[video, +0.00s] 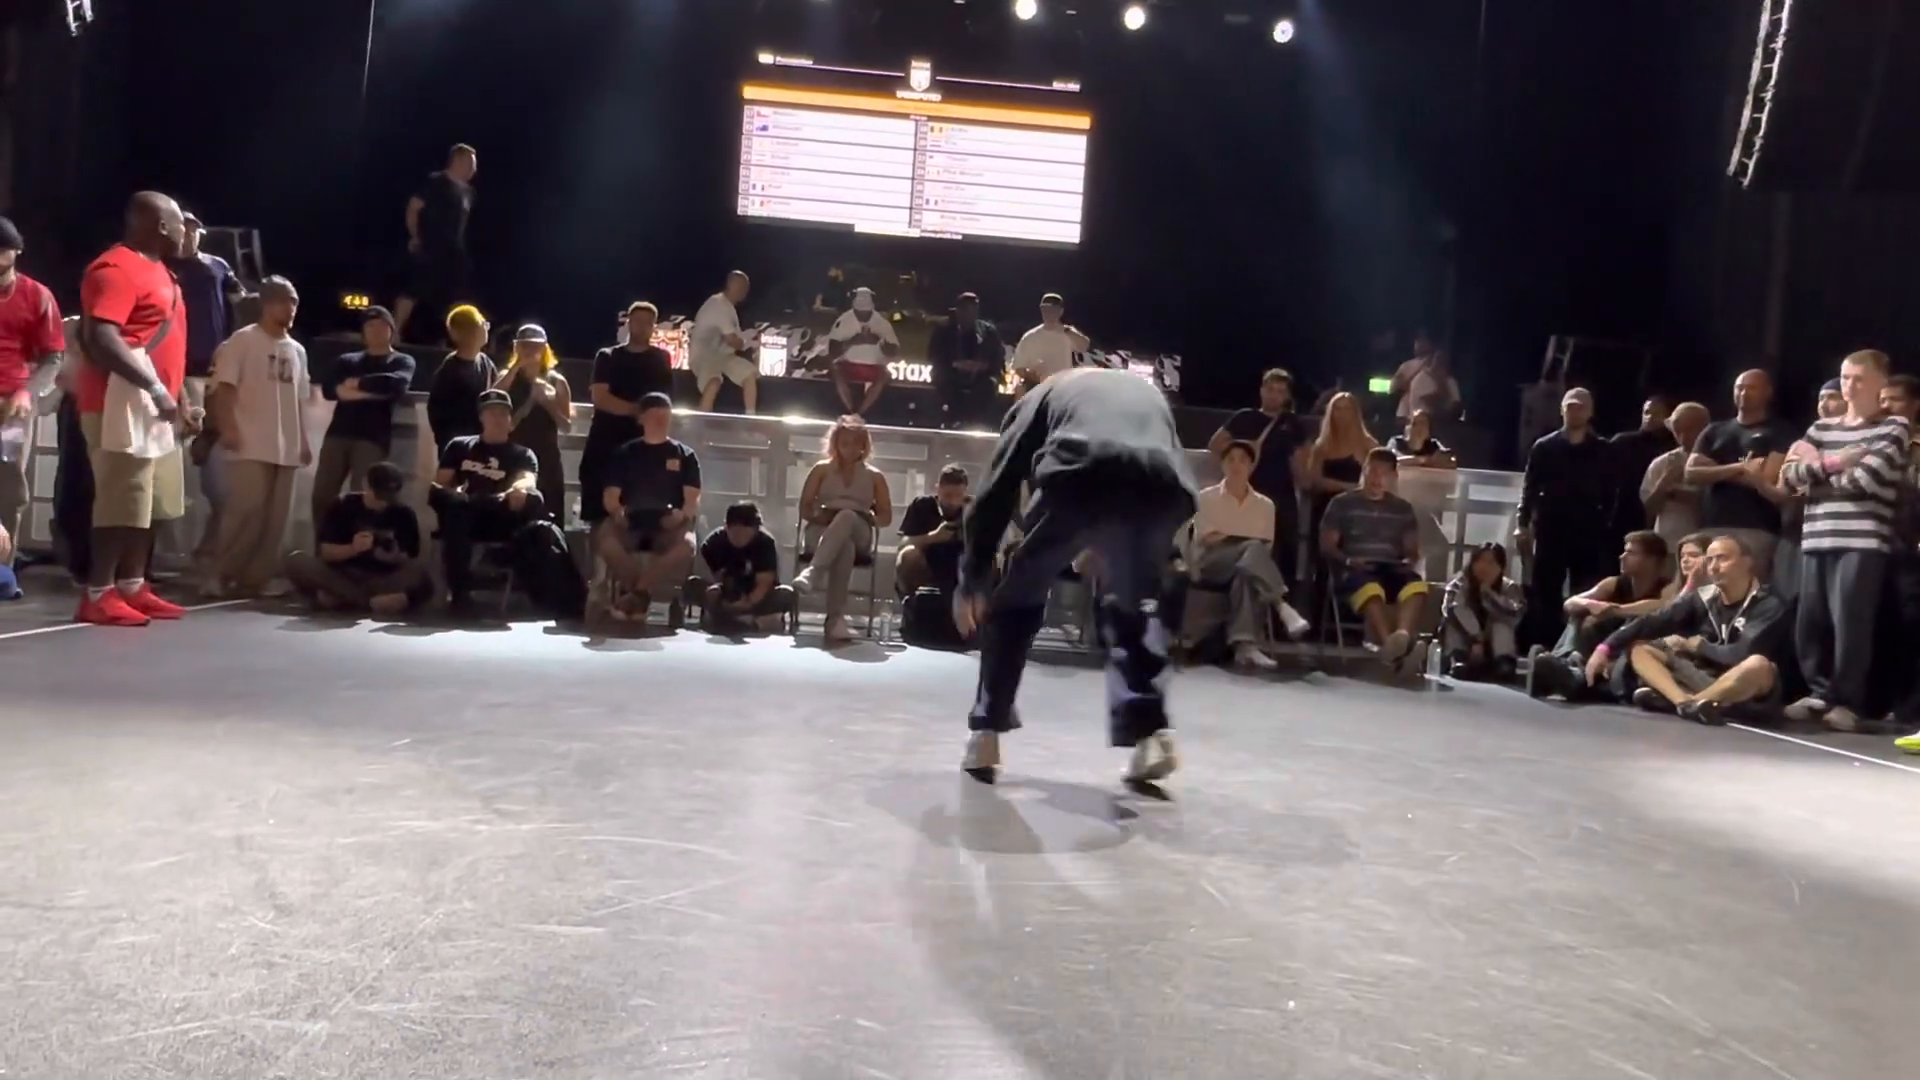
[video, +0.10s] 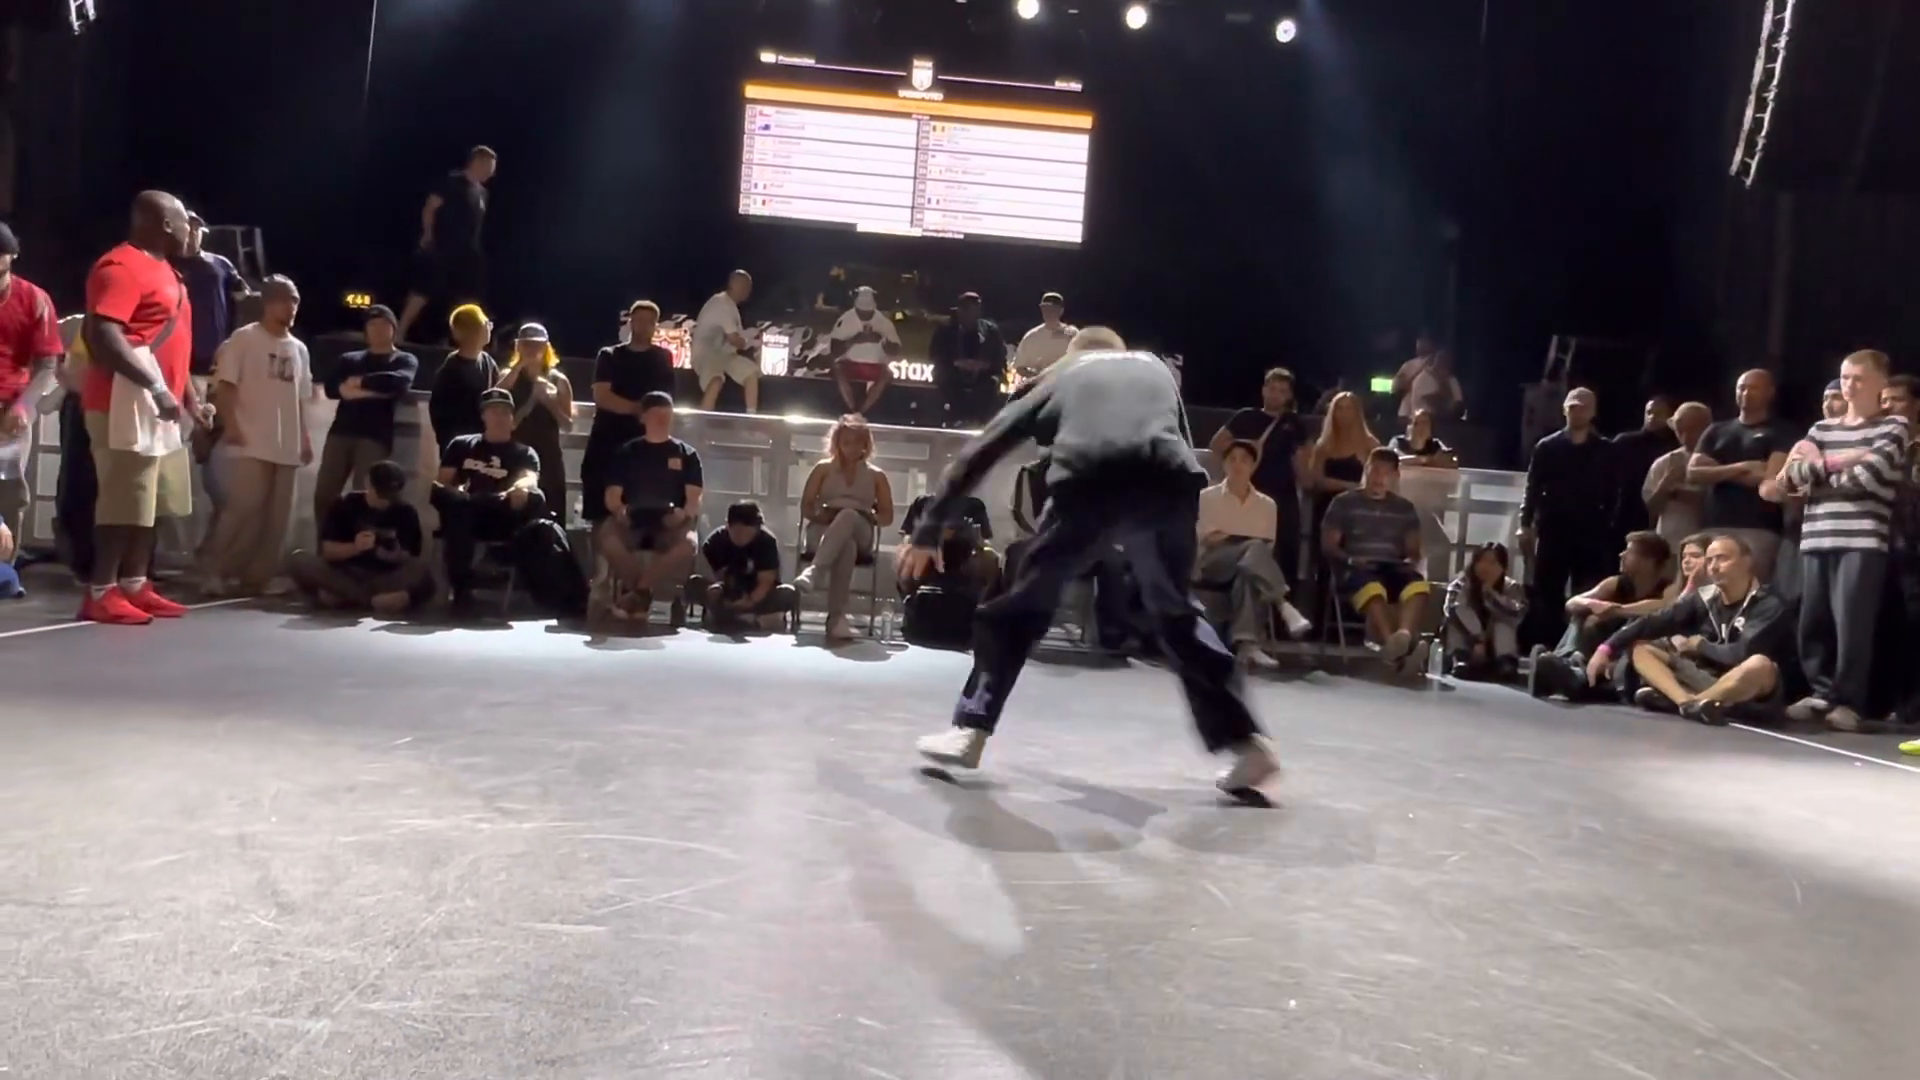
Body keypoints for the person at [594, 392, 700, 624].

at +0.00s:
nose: (660, 421)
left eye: (664, 416)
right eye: (654, 416)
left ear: (670, 418)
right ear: (641, 419)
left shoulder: (684, 455)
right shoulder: (624, 453)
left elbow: (691, 500)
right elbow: (610, 497)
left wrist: (680, 516)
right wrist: (621, 516)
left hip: (667, 515)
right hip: (631, 514)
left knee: (686, 545)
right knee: (606, 538)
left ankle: (635, 593)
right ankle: (639, 594)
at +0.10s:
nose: (661, 420)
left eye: (665, 415)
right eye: (655, 415)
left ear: (672, 417)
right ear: (643, 418)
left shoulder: (687, 454)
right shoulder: (626, 452)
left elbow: (693, 501)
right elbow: (612, 497)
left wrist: (681, 515)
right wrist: (625, 515)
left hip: (669, 514)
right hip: (633, 513)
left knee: (688, 545)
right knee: (607, 536)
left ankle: (636, 592)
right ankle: (641, 592)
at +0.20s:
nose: (663, 419)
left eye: (667, 414)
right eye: (658, 414)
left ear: (674, 417)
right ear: (645, 417)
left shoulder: (689, 454)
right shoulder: (628, 451)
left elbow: (696, 499)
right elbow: (614, 495)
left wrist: (685, 514)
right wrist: (625, 513)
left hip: (671, 513)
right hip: (636, 512)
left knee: (690, 544)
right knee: (609, 536)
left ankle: (638, 591)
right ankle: (644, 591)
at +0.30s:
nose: (664, 418)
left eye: (668, 413)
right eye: (658, 413)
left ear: (675, 415)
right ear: (647, 416)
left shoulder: (690, 453)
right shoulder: (629, 451)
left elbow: (697, 498)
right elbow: (615, 494)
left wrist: (686, 513)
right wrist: (626, 511)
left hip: (672, 513)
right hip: (636, 511)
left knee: (692, 543)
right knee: (611, 535)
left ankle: (640, 590)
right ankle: (646, 590)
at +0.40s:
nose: (665, 417)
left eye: (669, 412)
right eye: (659, 412)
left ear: (676, 415)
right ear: (647, 415)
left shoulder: (691, 452)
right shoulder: (629, 450)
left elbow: (698, 497)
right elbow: (616, 493)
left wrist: (687, 513)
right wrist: (627, 511)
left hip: (673, 511)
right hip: (637, 510)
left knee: (692, 542)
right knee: (612, 535)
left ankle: (642, 588)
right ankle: (646, 589)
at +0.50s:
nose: (667, 416)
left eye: (671, 410)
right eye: (661, 411)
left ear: (677, 413)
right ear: (649, 414)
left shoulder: (692, 451)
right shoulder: (631, 448)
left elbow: (699, 497)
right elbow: (618, 491)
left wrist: (687, 512)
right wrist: (629, 510)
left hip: (675, 510)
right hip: (639, 509)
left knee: (693, 542)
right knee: (614, 535)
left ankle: (641, 589)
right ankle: (647, 589)